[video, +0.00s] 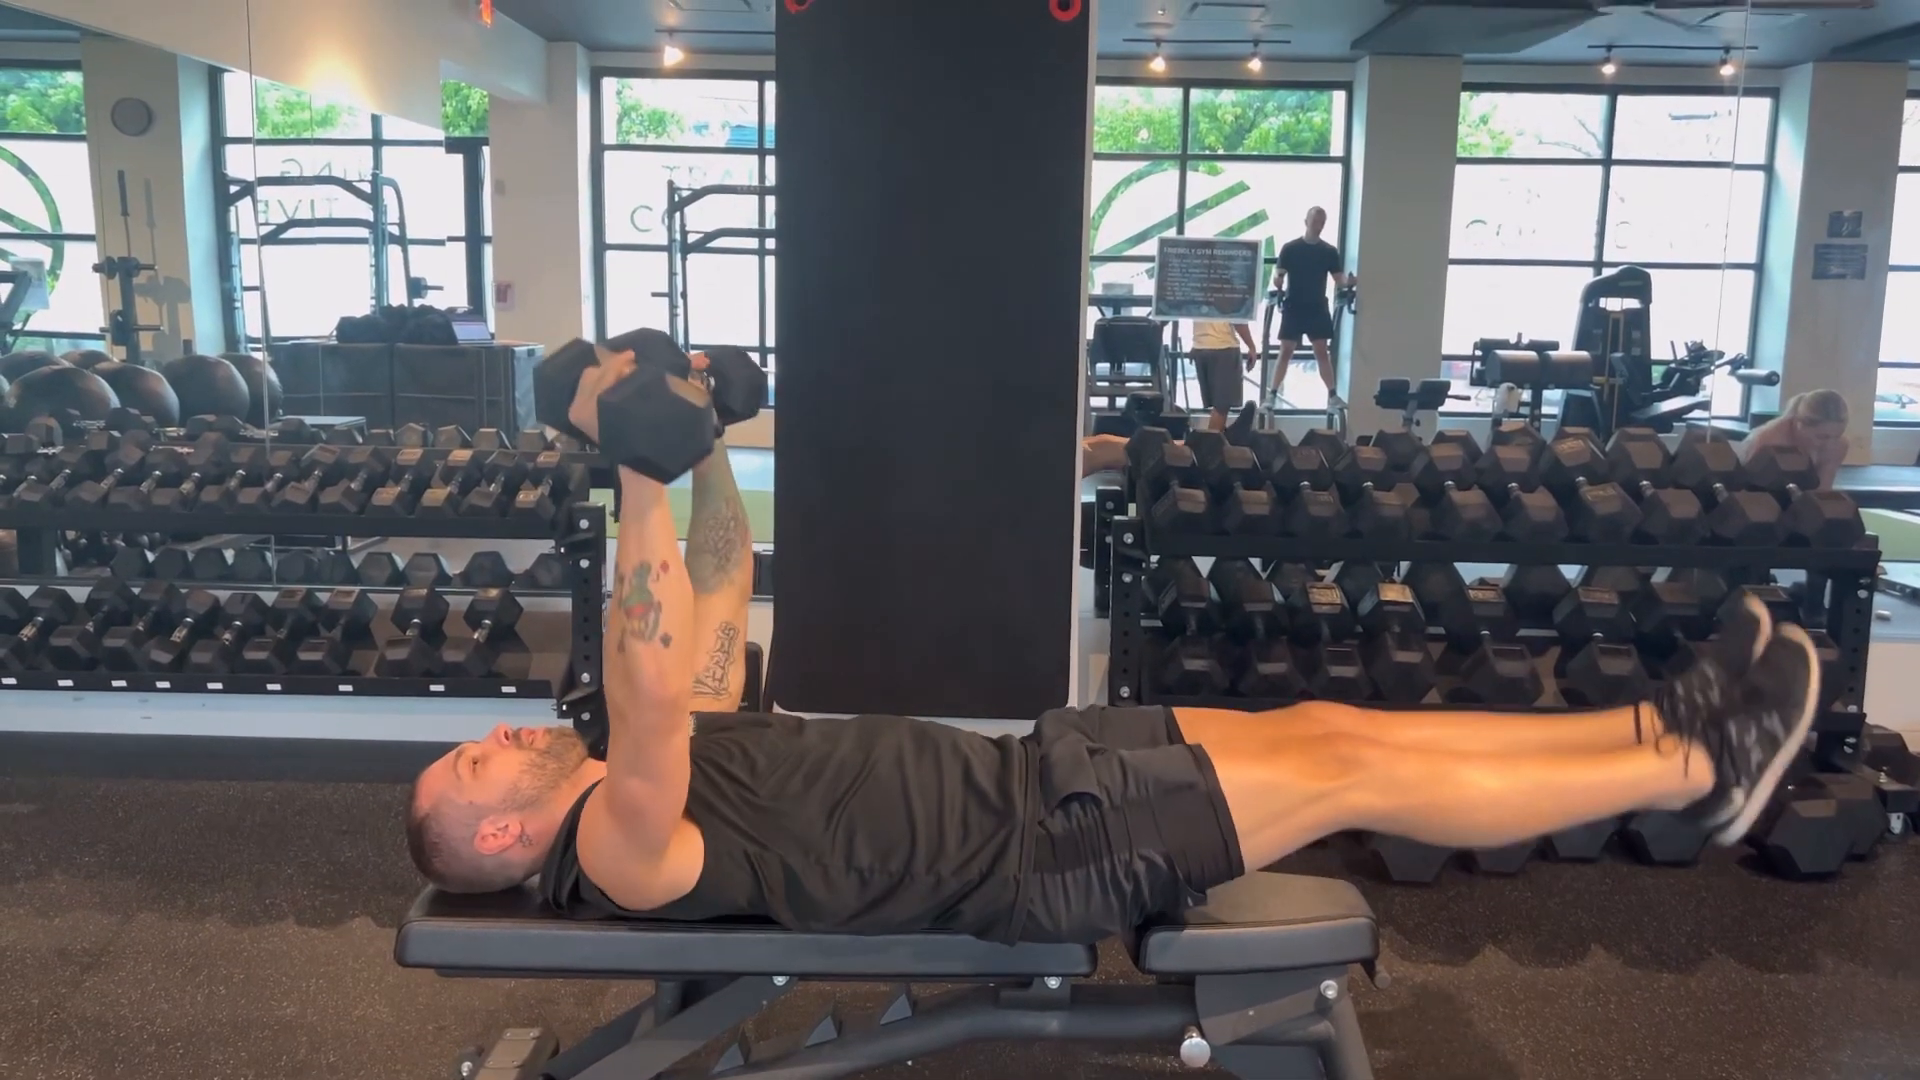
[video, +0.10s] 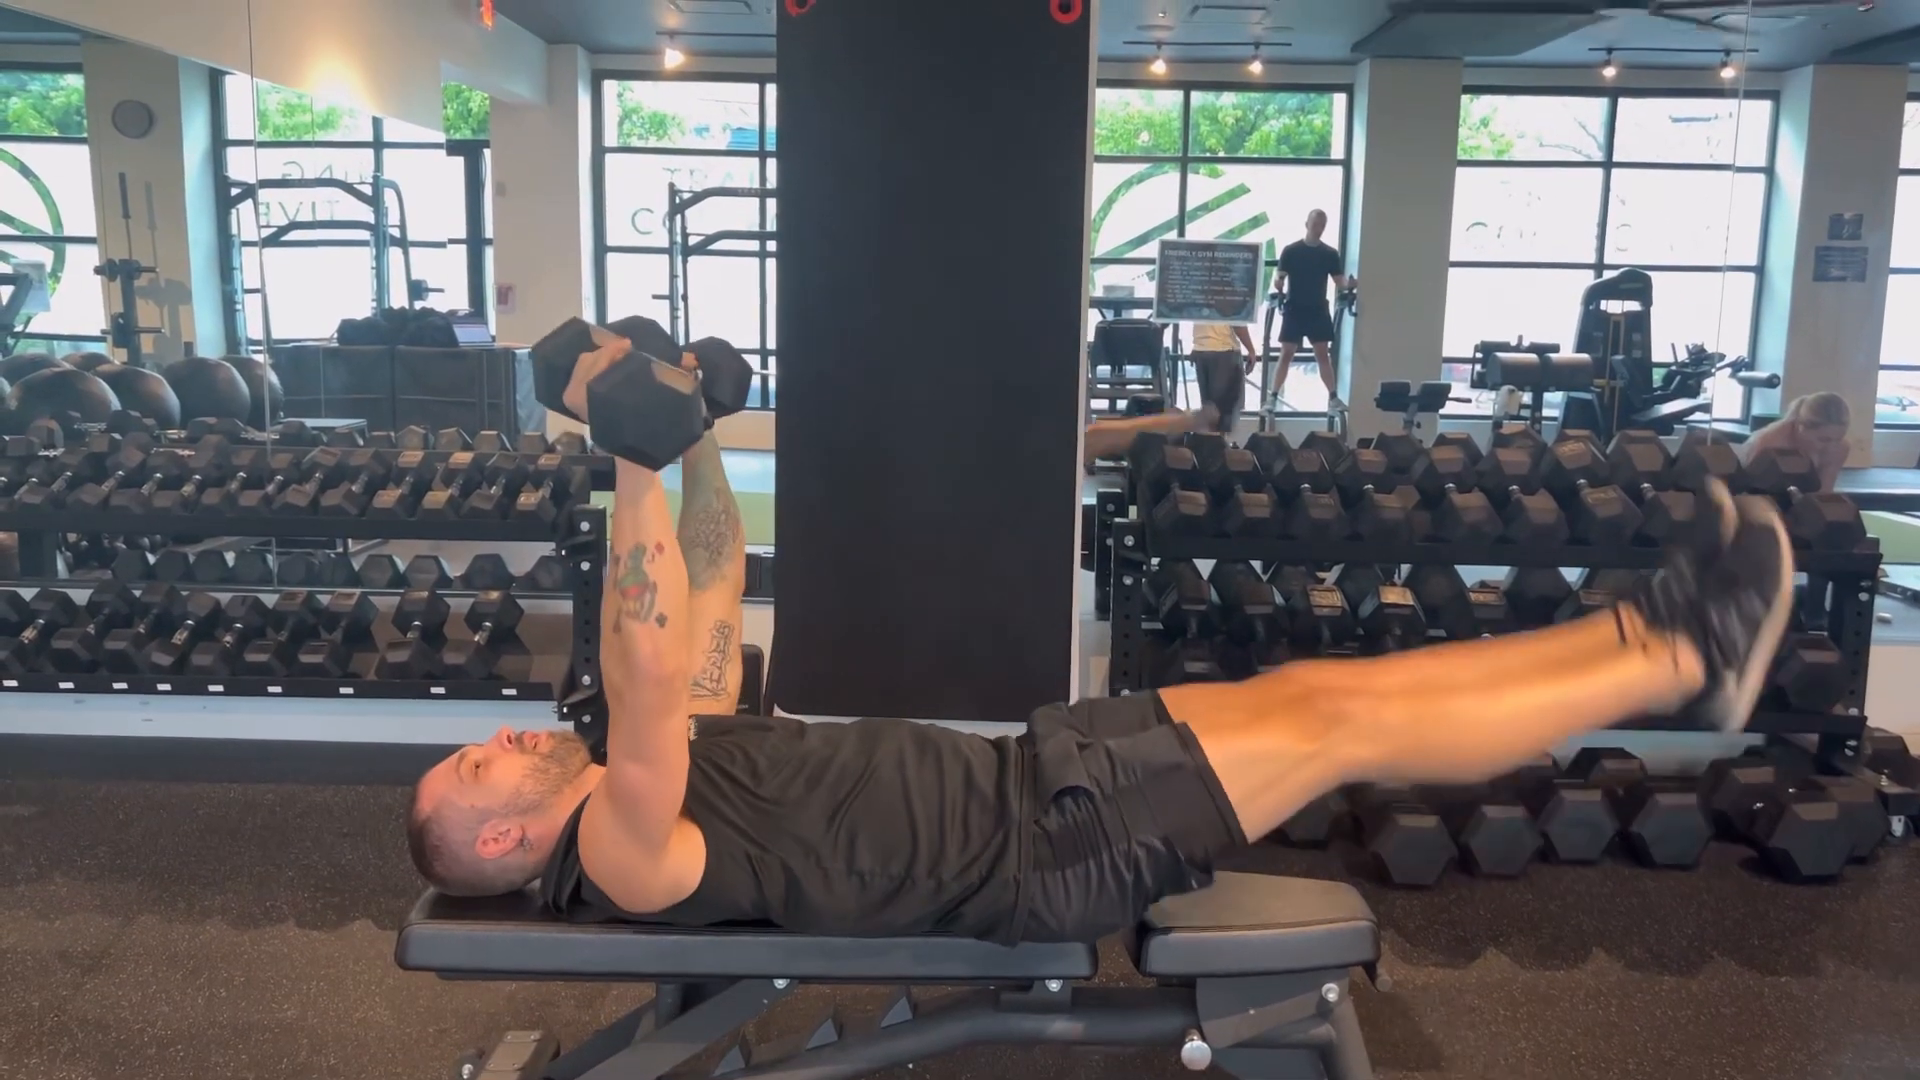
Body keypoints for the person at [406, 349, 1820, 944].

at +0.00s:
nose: (506, 746)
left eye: (483, 749)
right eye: (486, 776)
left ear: (537, 775)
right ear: (516, 851)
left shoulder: (647, 777)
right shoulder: (625, 848)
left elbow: (718, 627)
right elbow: (648, 660)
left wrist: (687, 463)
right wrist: (633, 477)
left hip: (1048, 754)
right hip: (1051, 831)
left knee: (1341, 721)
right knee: (1360, 777)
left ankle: (1664, 733)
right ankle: (1691, 771)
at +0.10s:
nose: (504, 748)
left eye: (483, 754)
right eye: (485, 781)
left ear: (537, 790)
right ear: (520, 851)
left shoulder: (654, 778)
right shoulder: (630, 845)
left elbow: (711, 611)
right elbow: (642, 646)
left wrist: (668, 455)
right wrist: (633, 464)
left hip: (1044, 758)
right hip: (1053, 837)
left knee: (1324, 685)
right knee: (1340, 720)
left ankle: (1650, 640)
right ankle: (1680, 666)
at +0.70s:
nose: (484, 747)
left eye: (449, 762)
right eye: (457, 778)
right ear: (488, 853)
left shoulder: (630, 803)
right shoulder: (607, 859)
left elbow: (695, 594)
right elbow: (633, 657)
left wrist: (669, 436)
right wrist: (619, 454)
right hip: (972, 833)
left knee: (962, 500)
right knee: (958, 502)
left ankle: (950, 149)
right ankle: (950, 145)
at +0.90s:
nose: (482, 751)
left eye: (451, 764)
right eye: (456, 780)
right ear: (488, 856)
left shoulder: (624, 811)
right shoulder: (610, 864)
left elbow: (692, 603)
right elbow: (632, 658)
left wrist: (669, 441)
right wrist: (615, 457)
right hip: (971, 824)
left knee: (901, 500)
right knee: (897, 503)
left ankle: (833, 156)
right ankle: (832, 151)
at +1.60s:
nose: (486, 764)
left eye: (468, 775)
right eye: (466, 801)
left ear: (516, 798)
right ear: (503, 874)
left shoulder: (643, 801)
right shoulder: (626, 875)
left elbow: (691, 625)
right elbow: (632, 671)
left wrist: (654, 458)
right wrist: (599, 485)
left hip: (985, 810)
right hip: (1008, 869)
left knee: (1190, 562)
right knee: (1198, 577)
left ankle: (1408, 341)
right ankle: (1456, 333)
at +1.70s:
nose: (494, 765)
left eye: (477, 775)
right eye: (472, 803)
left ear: (526, 802)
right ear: (498, 870)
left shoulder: (640, 803)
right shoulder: (626, 875)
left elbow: (684, 640)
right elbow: (629, 650)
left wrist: (658, 473)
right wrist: (608, 468)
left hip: (995, 802)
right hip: (1018, 868)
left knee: (1238, 598)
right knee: (1252, 625)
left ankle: (1515, 427)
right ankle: (1559, 441)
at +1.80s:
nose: (502, 768)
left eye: (482, 775)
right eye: (481, 802)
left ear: (536, 809)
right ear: (518, 877)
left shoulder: (650, 806)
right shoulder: (634, 878)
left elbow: (703, 636)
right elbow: (635, 670)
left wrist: (671, 476)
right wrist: (619, 487)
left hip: (1022, 780)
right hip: (1029, 867)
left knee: (1277, 637)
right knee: (1288, 670)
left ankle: (1591, 526)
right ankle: (1625, 547)